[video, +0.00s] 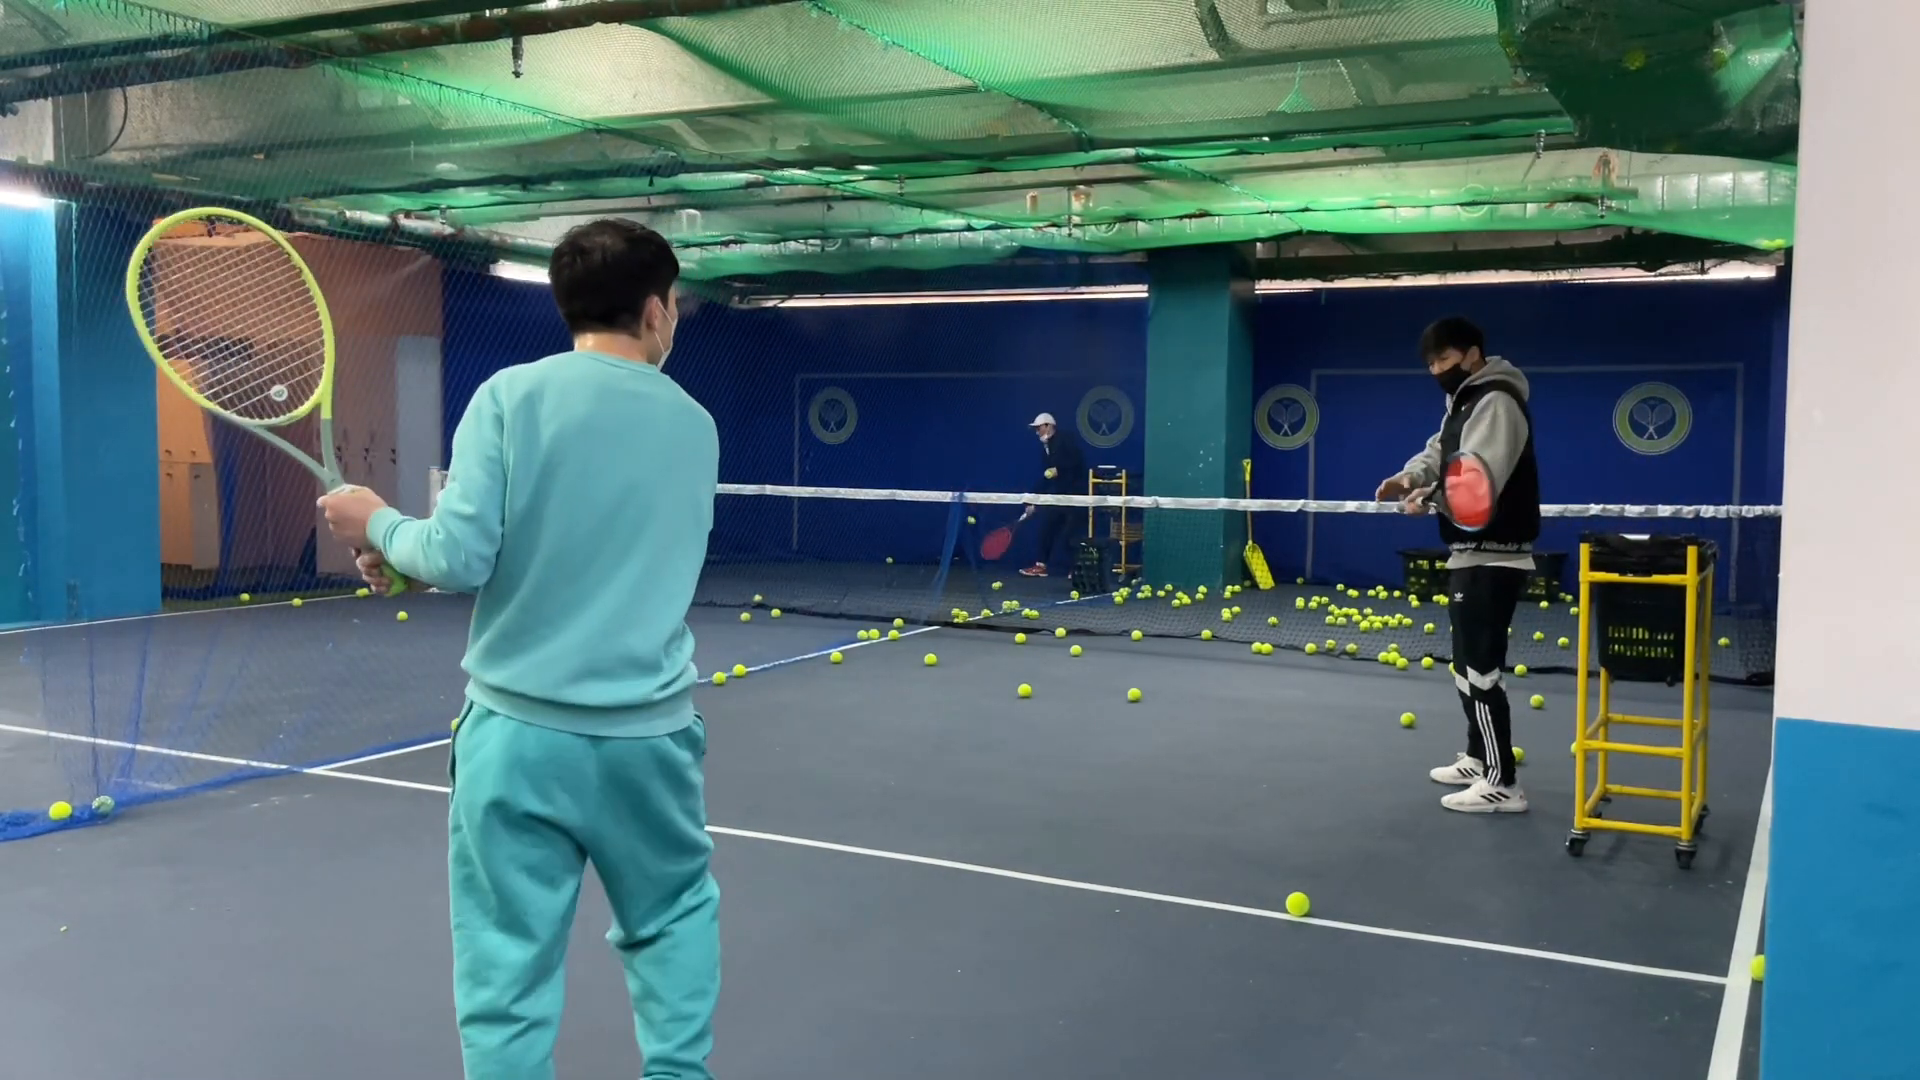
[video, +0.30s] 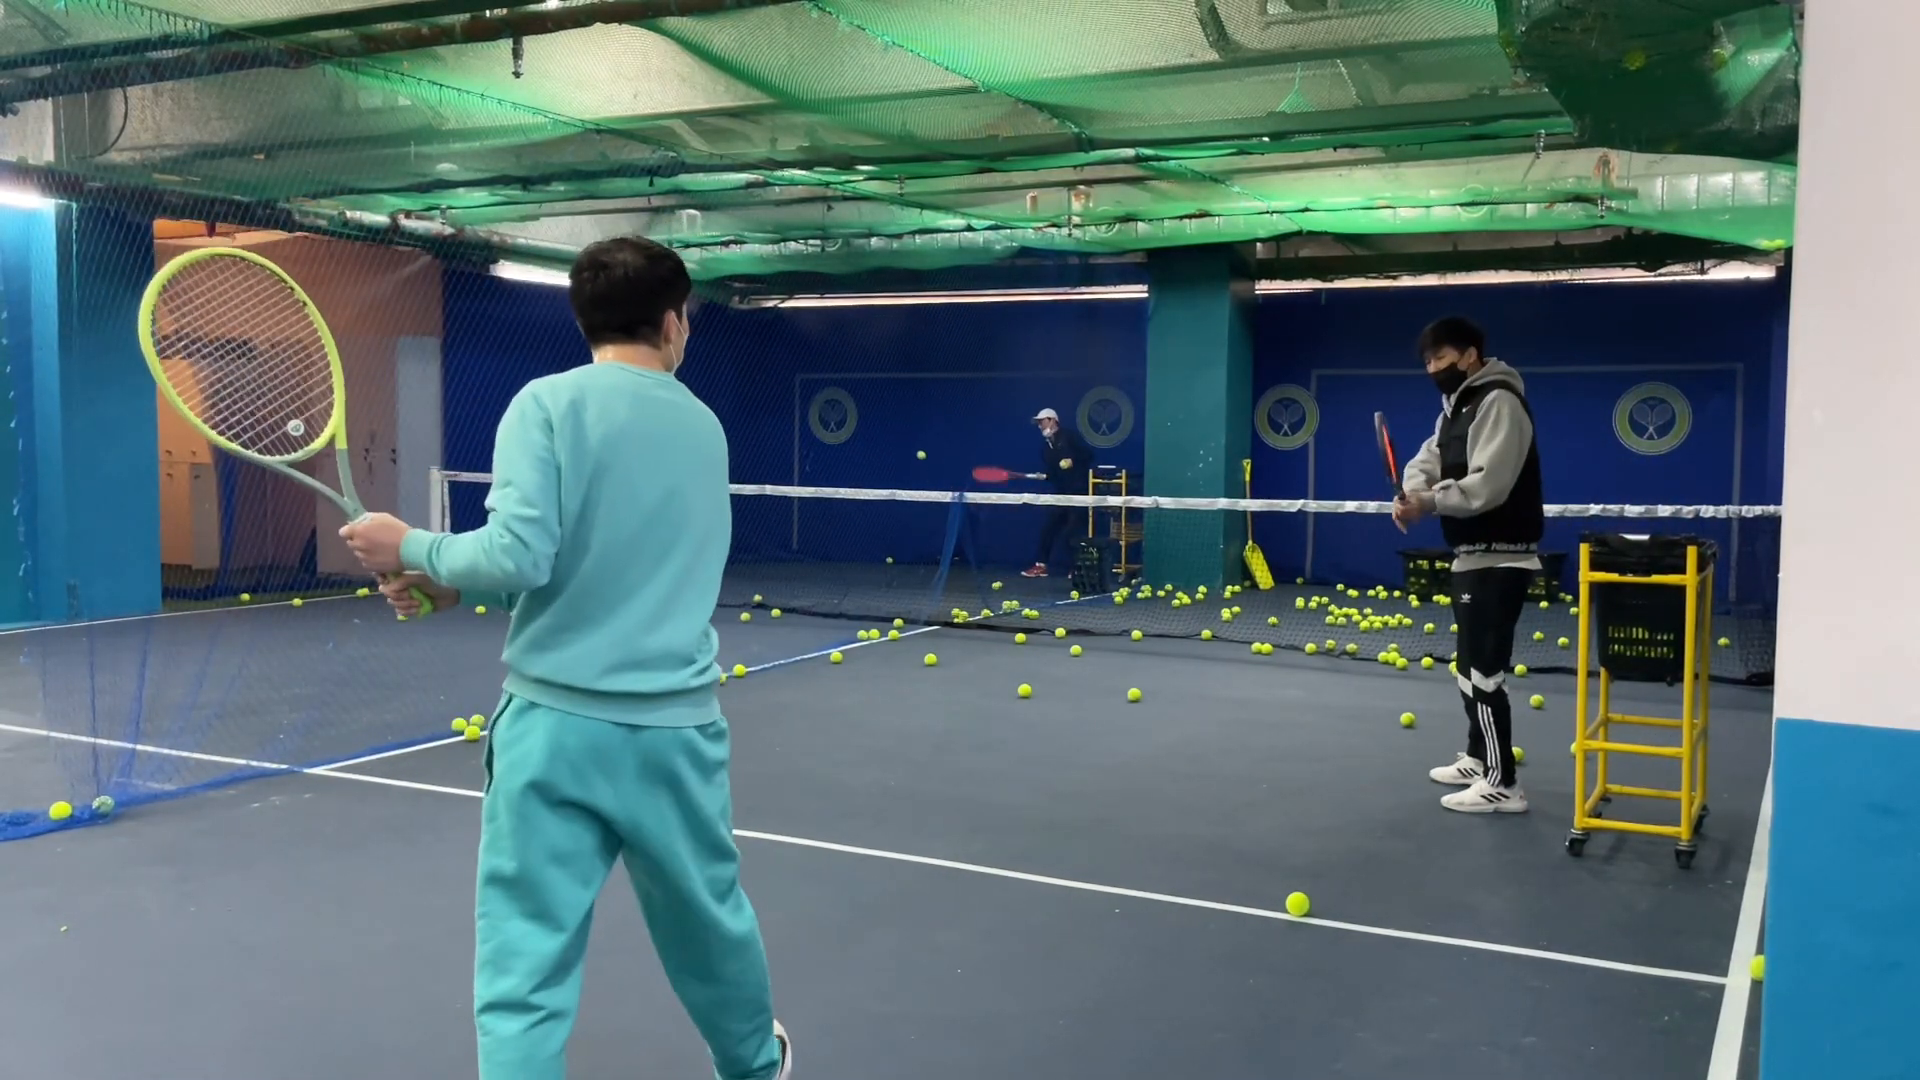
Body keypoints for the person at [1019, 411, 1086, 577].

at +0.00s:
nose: (1037, 432)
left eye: (1039, 428)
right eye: (1036, 429)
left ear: (1049, 426)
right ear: (1043, 428)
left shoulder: (1064, 439)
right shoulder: (1046, 447)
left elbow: (1074, 461)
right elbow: (1044, 477)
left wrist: (1058, 470)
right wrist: (1033, 500)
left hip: (1074, 491)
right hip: (1058, 491)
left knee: (1072, 529)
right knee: (1047, 526)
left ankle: (1075, 567)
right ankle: (1041, 564)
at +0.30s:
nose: (1039, 426)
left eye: (1042, 422)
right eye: (1038, 422)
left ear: (1052, 421)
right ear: (1043, 423)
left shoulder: (1068, 436)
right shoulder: (1045, 445)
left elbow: (1087, 454)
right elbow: (1052, 471)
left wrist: (1073, 461)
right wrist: (1043, 474)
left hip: (1078, 489)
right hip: (1060, 490)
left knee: (1075, 529)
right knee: (1050, 525)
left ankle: (1077, 568)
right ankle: (1041, 564)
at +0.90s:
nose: (1058, 412)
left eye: (1062, 409)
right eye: (1056, 408)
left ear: (1070, 412)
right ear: (1053, 411)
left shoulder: (1079, 434)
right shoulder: (1046, 434)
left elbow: (1092, 459)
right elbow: (1039, 460)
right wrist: (1034, 482)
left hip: (1075, 487)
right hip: (1052, 486)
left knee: (1074, 526)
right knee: (1047, 525)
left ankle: (1077, 567)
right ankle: (1041, 564)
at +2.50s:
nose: (1053, 415)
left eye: (1057, 412)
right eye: (1051, 412)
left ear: (1064, 413)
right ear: (1047, 413)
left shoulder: (1074, 433)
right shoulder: (1041, 432)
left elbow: (1084, 459)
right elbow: (1032, 455)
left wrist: (1073, 460)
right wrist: (1037, 461)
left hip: (1069, 486)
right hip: (1046, 485)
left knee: (1071, 526)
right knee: (1042, 525)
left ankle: (1074, 565)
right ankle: (1040, 563)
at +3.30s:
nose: (1050, 413)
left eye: (1053, 410)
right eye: (1046, 410)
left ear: (1059, 412)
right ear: (1042, 412)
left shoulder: (1068, 434)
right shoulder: (1033, 434)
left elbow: (1070, 461)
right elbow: (1018, 456)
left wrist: (1078, 458)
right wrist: (1016, 477)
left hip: (1062, 487)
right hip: (1038, 487)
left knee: (1066, 525)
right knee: (1040, 528)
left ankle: (1063, 561)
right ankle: (1044, 566)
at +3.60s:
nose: (1036, 411)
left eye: (1040, 407)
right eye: (1033, 407)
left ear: (1047, 410)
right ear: (1029, 410)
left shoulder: (1056, 433)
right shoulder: (1024, 433)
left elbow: (1068, 459)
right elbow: (1015, 458)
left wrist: (1054, 463)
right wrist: (1009, 479)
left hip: (1050, 487)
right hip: (1030, 486)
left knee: (1047, 525)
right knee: (1035, 526)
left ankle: (1042, 566)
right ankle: (1041, 566)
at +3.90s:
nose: (1027, 412)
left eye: (1031, 408)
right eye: (1025, 408)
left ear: (1039, 411)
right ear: (1022, 411)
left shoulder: (1048, 434)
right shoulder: (1019, 434)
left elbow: (1051, 464)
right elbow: (1014, 458)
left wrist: (1029, 470)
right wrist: (1010, 473)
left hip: (1042, 488)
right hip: (1021, 487)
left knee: (1040, 528)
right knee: (1011, 524)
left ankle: (1037, 568)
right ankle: (1025, 560)